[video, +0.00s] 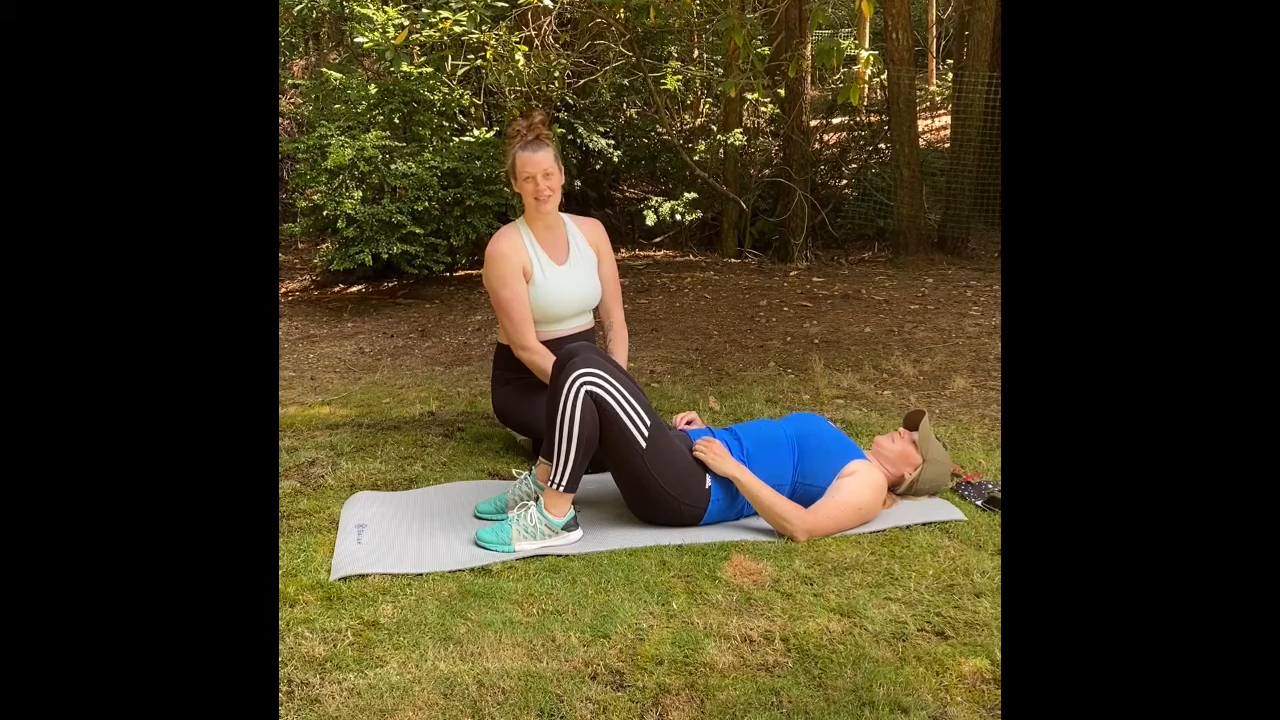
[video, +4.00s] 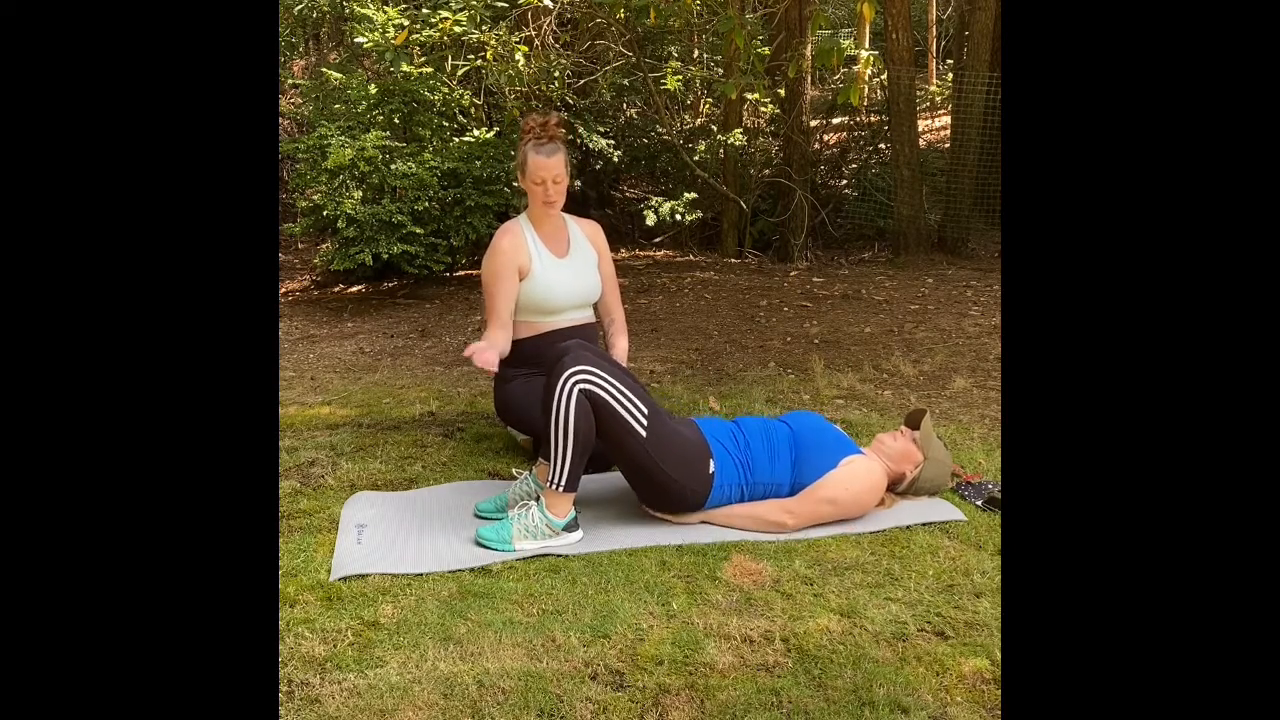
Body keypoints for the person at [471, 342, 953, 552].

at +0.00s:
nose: (896, 433)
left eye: (907, 440)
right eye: (905, 431)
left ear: (907, 472)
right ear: (895, 446)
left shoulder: (867, 484)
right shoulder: (843, 452)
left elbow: (804, 526)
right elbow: (761, 468)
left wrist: (731, 468)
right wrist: (705, 430)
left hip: (693, 488)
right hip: (682, 463)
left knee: (588, 371)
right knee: (579, 357)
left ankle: (554, 511)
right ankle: (543, 484)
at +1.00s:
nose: (897, 433)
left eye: (908, 440)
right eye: (906, 431)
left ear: (907, 471)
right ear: (896, 446)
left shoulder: (867, 483)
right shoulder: (843, 452)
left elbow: (805, 527)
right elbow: (761, 469)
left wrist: (731, 468)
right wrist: (705, 431)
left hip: (693, 489)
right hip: (682, 464)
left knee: (589, 371)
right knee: (580, 356)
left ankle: (554, 511)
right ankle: (542, 485)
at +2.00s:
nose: (897, 433)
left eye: (908, 440)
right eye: (906, 431)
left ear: (907, 471)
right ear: (895, 446)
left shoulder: (867, 483)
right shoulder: (843, 453)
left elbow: (805, 527)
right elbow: (760, 470)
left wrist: (732, 468)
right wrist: (705, 431)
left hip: (693, 490)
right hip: (682, 466)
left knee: (589, 373)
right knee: (580, 357)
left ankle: (554, 511)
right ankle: (542, 485)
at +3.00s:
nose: (897, 433)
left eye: (908, 440)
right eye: (905, 430)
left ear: (908, 471)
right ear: (895, 444)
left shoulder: (870, 483)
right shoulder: (842, 452)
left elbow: (808, 525)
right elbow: (758, 463)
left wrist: (766, 440)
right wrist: (728, 411)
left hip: (694, 484)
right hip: (680, 459)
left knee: (589, 373)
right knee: (578, 358)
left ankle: (555, 511)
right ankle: (542, 485)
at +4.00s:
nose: (897, 432)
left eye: (908, 438)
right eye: (906, 430)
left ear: (907, 469)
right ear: (897, 445)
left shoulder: (863, 478)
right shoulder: (844, 452)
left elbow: (788, 515)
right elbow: (763, 466)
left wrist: (700, 513)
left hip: (695, 474)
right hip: (680, 443)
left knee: (580, 369)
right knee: (546, 356)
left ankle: (556, 512)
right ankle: (546, 480)